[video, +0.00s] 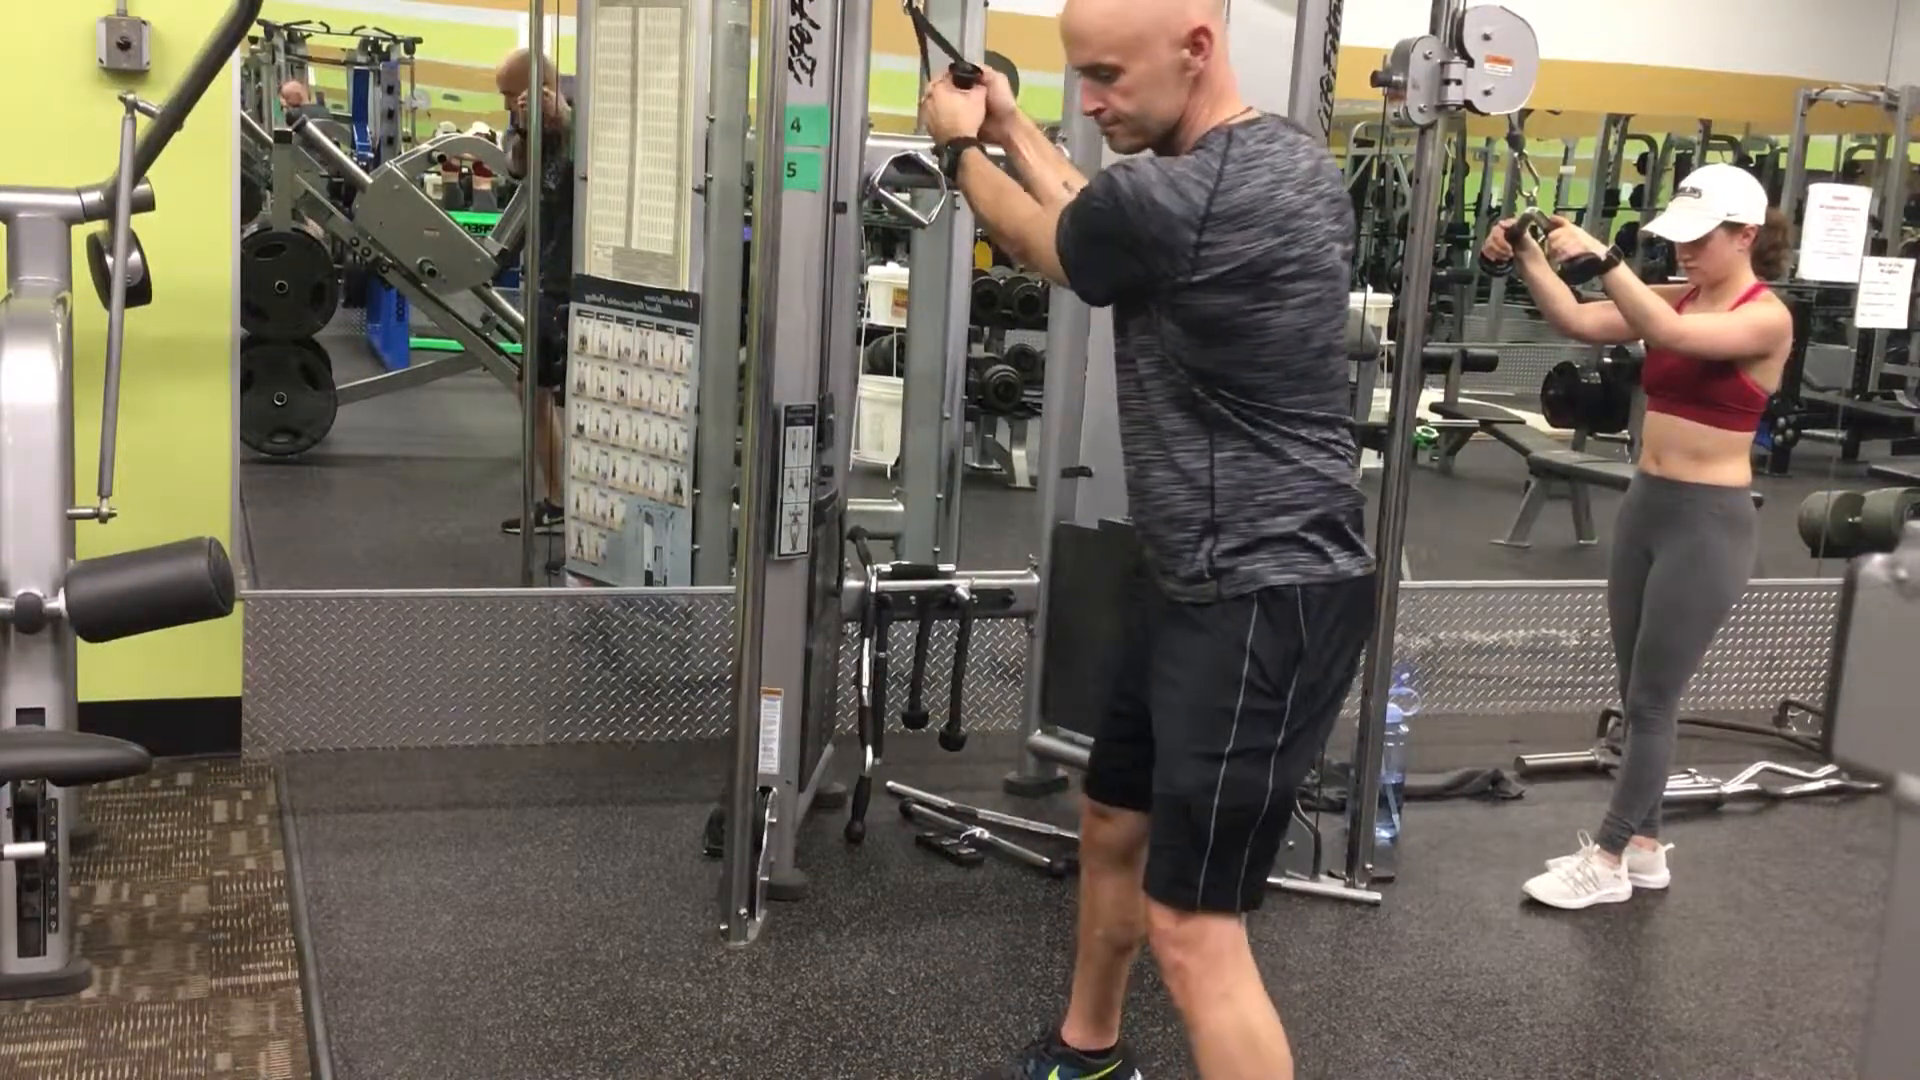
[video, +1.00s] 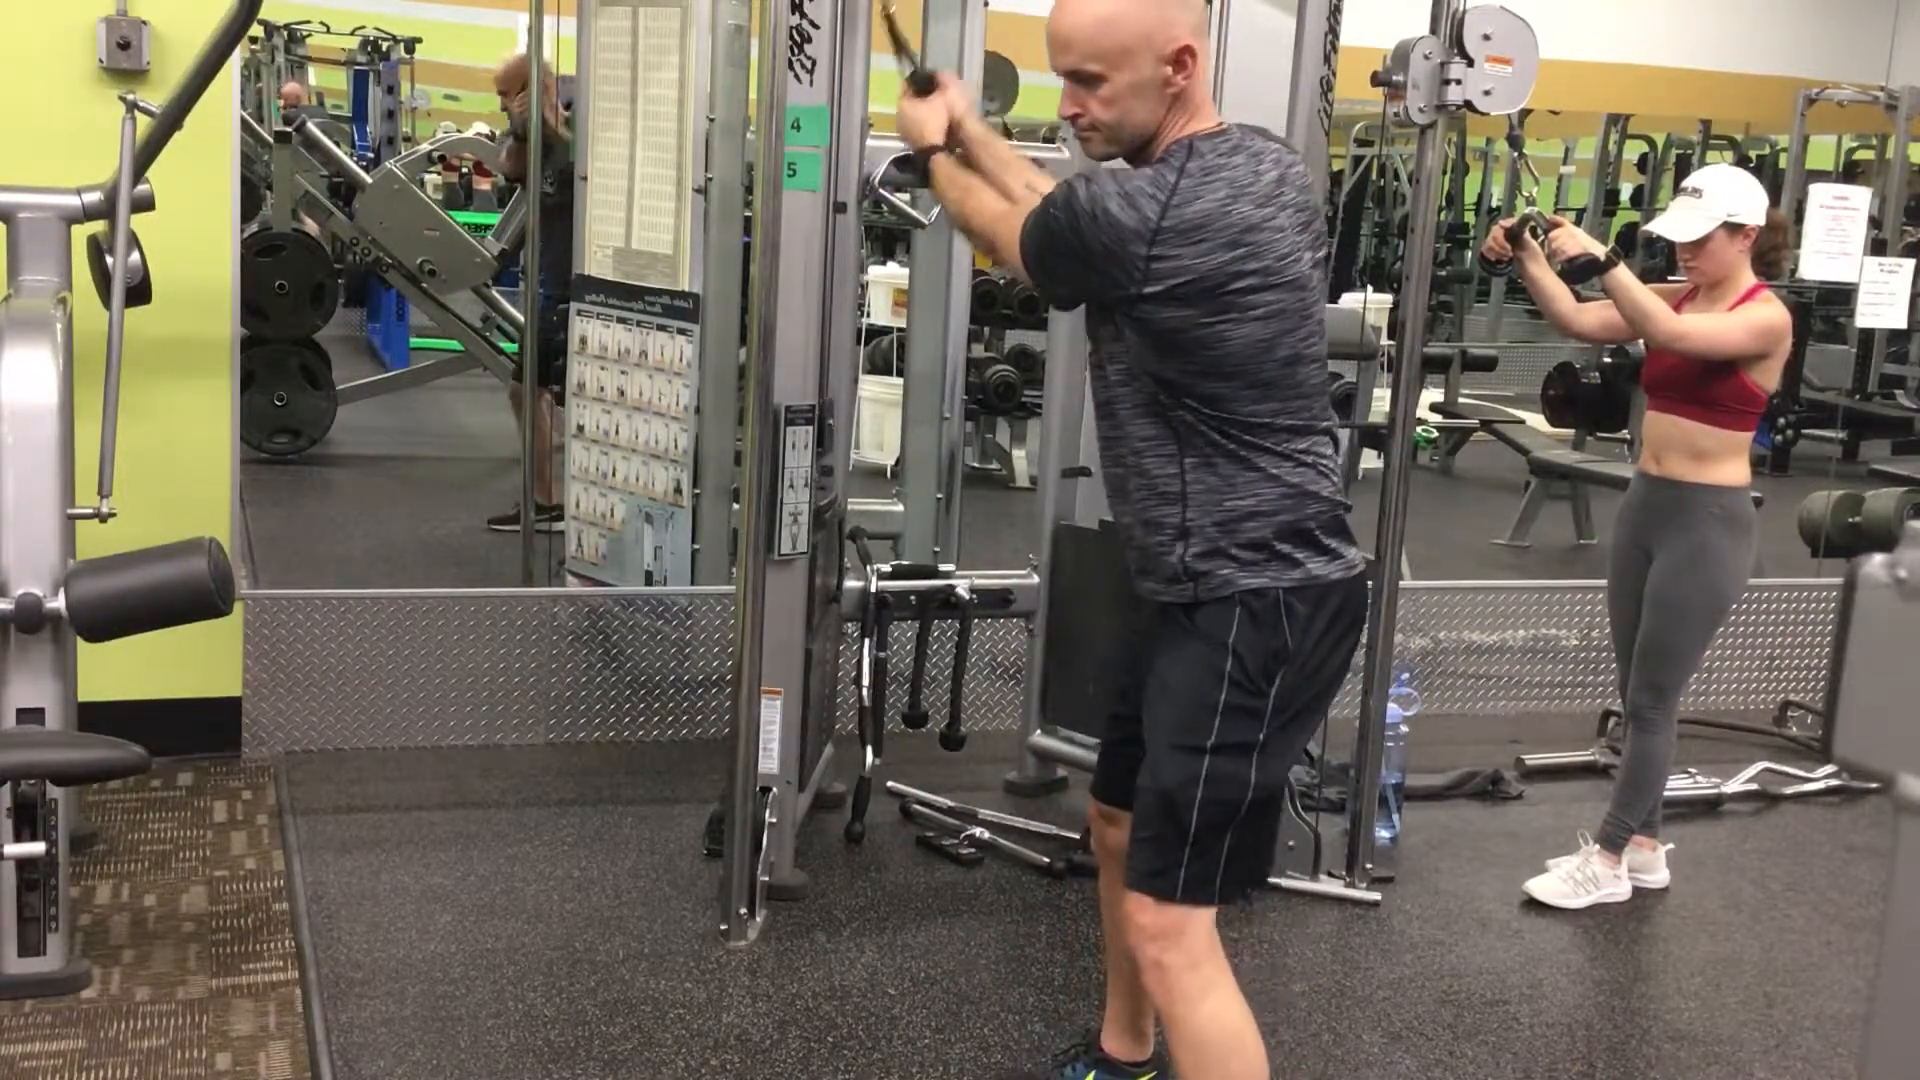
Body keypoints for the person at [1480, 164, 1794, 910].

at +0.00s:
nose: (1681, 252)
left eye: (1696, 239)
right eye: (1678, 239)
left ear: (1745, 236)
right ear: (1679, 238)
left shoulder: (1769, 318)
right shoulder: (1675, 300)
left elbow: (1670, 331)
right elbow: (1579, 319)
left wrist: (1602, 257)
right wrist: (1525, 257)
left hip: (1709, 524)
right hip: (1642, 510)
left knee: (1652, 699)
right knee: (1639, 693)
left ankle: (1606, 859)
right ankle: (1646, 846)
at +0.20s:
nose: (1681, 253)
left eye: (1696, 239)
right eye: (1678, 239)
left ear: (1746, 235)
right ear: (1679, 238)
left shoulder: (1769, 318)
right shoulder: (1675, 300)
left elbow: (1671, 331)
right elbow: (1579, 318)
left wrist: (1602, 257)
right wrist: (1526, 257)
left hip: (1709, 524)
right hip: (1642, 510)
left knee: (1651, 699)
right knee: (1639, 693)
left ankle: (1605, 859)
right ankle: (1645, 846)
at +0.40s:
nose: (1682, 253)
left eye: (1697, 239)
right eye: (1679, 240)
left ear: (1746, 235)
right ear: (1680, 238)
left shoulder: (1769, 318)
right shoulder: (1676, 300)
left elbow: (1671, 331)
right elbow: (1579, 318)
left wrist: (1601, 257)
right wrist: (1525, 256)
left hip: (1709, 523)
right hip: (1642, 509)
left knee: (1651, 698)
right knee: (1639, 693)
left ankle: (1606, 859)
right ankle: (1645, 846)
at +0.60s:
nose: (1683, 253)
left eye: (1698, 239)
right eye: (1679, 240)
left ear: (1746, 236)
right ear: (1679, 239)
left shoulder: (1769, 318)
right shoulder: (1675, 300)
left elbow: (1670, 331)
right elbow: (1579, 318)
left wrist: (1602, 258)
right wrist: (1526, 257)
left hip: (1709, 524)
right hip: (1642, 509)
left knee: (1651, 699)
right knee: (1639, 693)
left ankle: (1606, 859)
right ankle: (1646, 846)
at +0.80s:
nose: (1683, 252)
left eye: (1698, 238)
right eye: (1679, 239)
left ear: (1747, 236)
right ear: (1680, 238)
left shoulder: (1769, 318)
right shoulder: (1676, 300)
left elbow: (1670, 331)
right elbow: (1580, 318)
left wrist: (1600, 257)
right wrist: (1525, 258)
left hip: (1709, 524)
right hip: (1642, 509)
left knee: (1651, 698)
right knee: (1639, 693)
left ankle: (1606, 859)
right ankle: (1646, 846)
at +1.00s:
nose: (1681, 252)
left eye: (1697, 238)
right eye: (1677, 239)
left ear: (1746, 236)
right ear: (1677, 238)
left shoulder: (1768, 317)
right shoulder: (1674, 300)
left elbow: (1669, 331)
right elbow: (1578, 318)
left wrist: (1600, 258)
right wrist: (1525, 257)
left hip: (1709, 524)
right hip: (1642, 510)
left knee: (1651, 698)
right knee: (1638, 693)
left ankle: (1606, 858)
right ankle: (1646, 846)